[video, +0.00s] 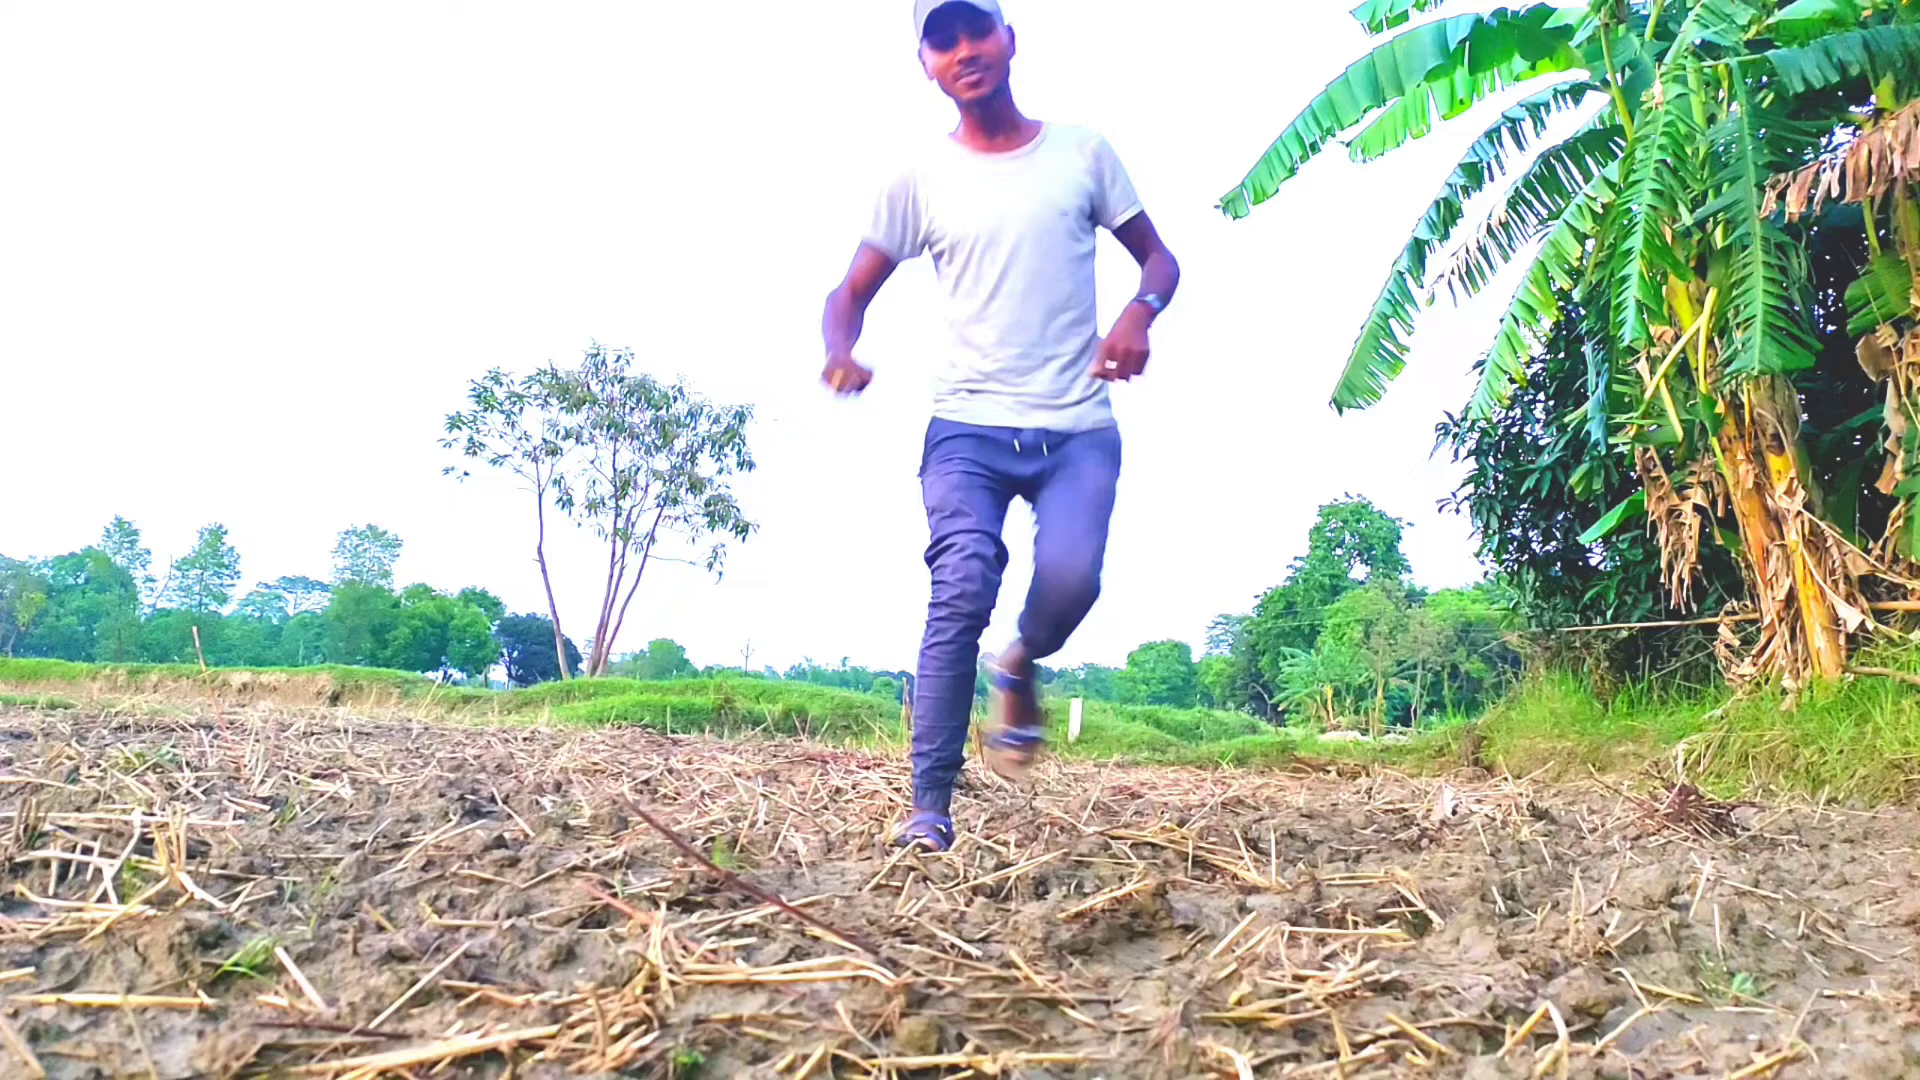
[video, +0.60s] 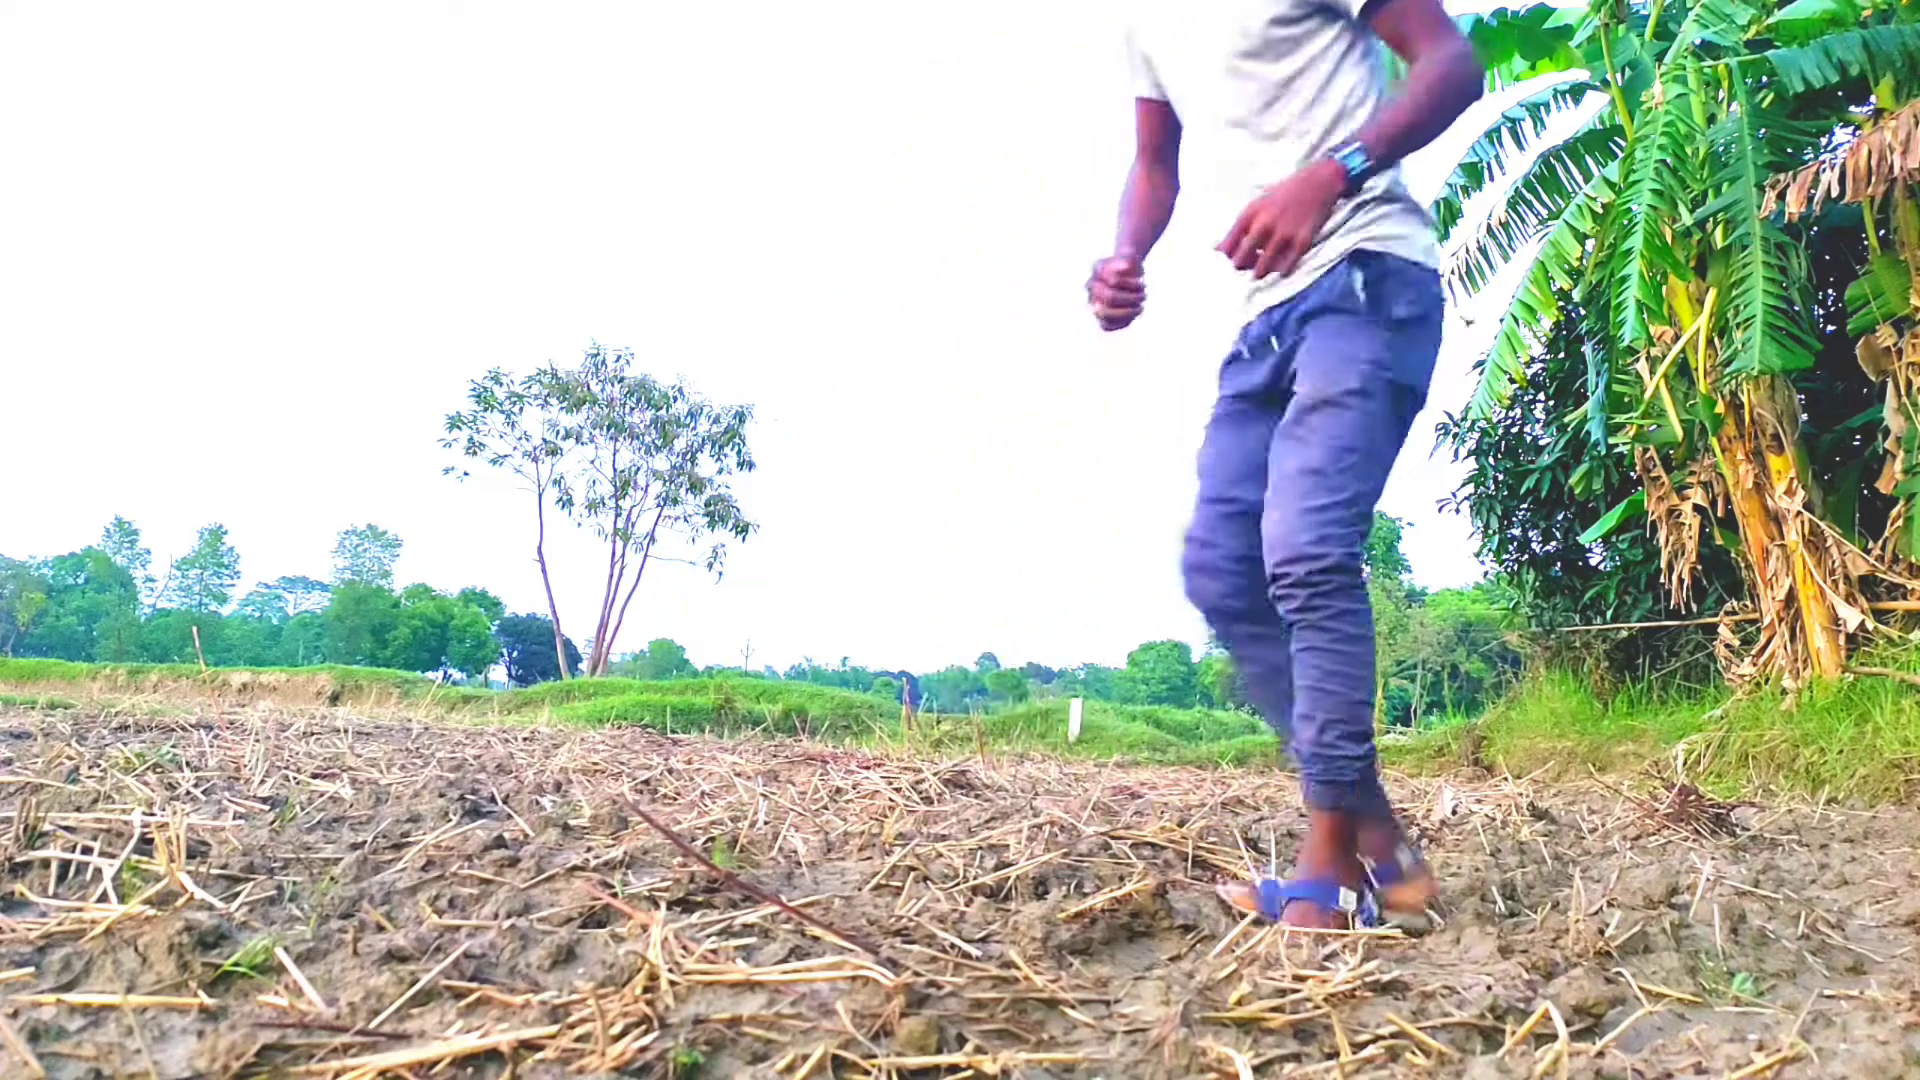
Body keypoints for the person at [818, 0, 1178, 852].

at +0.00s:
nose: (963, 54)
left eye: (976, 33)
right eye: (943, 44)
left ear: (1011, 39)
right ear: (926, 66)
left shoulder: (1084, 154)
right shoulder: (920, 181)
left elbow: (1160, 263)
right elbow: (851, 291)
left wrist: (1140, 312)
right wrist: (838, 350)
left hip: (1078, 418)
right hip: (969, 418)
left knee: (1072, 582)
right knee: (965, 589)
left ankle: (1015, 666)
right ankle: (930, 811)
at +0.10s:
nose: (987, 17)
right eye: (966, 8)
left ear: (1035, 8)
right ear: (949, 28)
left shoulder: (1104, 126)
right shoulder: (932, 149)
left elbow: (1173, 239)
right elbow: (861, 260)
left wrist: (1160, 295)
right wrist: (876, 284)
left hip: (1094, 380)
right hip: (984, 396)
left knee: (1097, 495)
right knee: (958, 595)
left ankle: (1087, 687)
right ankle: (931, 812)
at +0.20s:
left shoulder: (1149, 65)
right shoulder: (962, 79)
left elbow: (1215, 191)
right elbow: (893, 210)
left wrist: (1178, 255)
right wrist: (931, 212)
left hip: (1126, 343)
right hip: (1015, 364)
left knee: (1145, 490)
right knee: (974, 566)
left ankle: (1213, 760)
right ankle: (932, 805)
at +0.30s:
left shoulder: (1213, 19)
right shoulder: (1030, 51)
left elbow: (1300, 163)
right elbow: (976, 214)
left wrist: (1214, 238)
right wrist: (997, 199)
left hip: (1195, 354)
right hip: (1078, 366)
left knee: (1223, 560)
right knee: (969, 556)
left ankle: (1295, 863)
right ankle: (946, 775)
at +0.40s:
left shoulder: (1244, 23)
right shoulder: (1087, 72)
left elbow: (1371, 161)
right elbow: (1067, 228)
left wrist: (1236, 256)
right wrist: (1035, 268)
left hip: (1257, 364)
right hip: (1143, 376)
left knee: (1240, 582)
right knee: (991, 526)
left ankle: (1304, 886)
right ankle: (1046, 744)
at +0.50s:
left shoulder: (1291, 8)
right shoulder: (1117, 44)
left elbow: (1415, 108)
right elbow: (1134, 189)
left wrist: (1281, 195)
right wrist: (1094, 275)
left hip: (1318, 319)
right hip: (1209, 341)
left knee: (1282, 566)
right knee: (1082, 518)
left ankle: (1319, 877)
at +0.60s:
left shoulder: (1324, 2)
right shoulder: (1145, 23)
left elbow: (1453, 64)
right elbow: (1154, 160)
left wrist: (1328, 175)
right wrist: (1126, 255)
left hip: (1368, 269)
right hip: (1270, 310)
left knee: (1310, 553)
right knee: (1224, 576)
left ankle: (1328, 872)